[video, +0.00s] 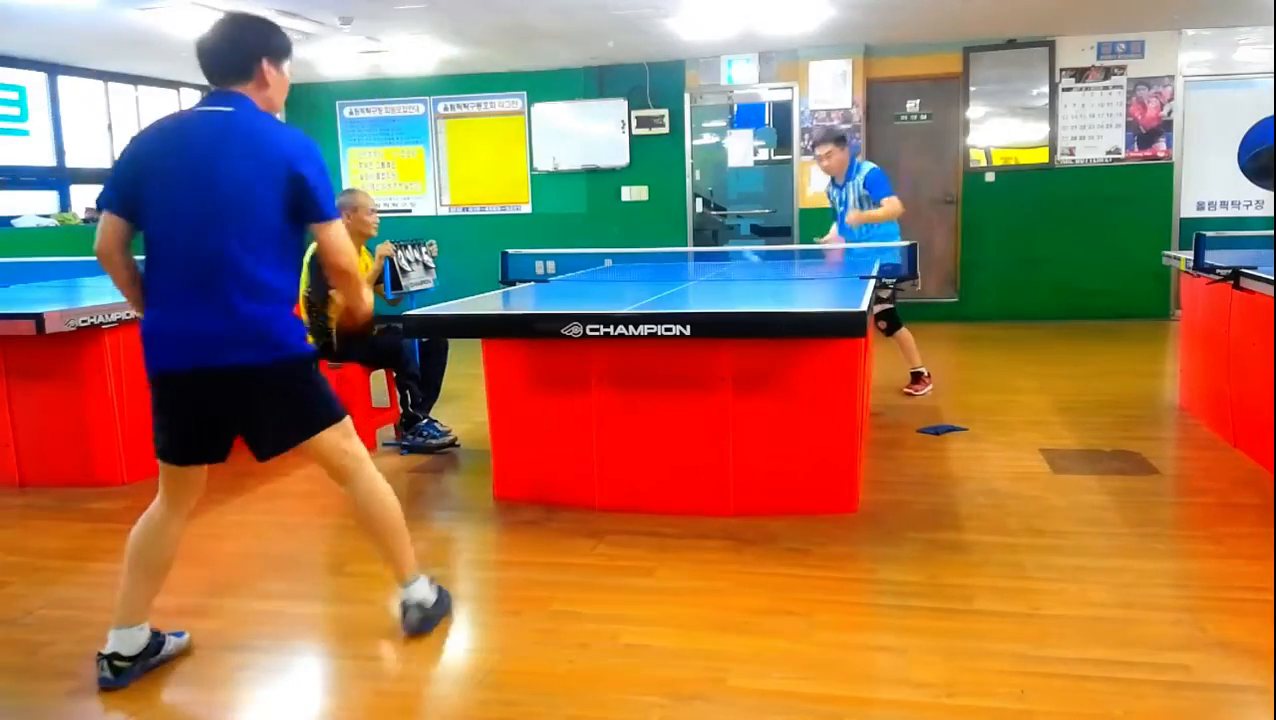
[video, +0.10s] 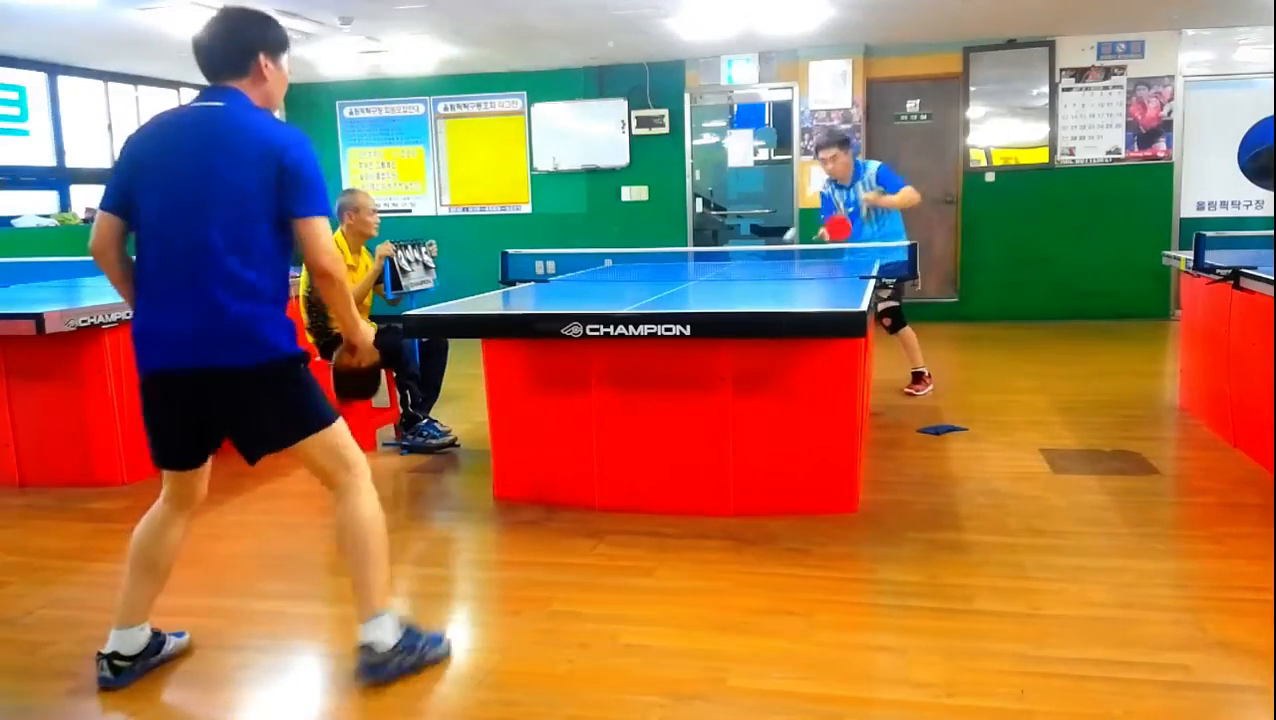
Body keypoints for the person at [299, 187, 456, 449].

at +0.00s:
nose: (377, 218)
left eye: (376, 212)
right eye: (371, 212)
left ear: (354, 217)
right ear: (348, 216)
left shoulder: (361, 251)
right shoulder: (325, 252)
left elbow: (392, 298)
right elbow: (352, 302)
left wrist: (417, 260)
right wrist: (378, 264)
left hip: (361, 332)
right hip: (333, 340)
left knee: (435, 341)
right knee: (403, 346)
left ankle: (419, 419)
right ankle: (411, 426)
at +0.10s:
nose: (378, 218)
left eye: (377, 212)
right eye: (372, 212)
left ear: (354, 219)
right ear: (349, 218)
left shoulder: (363, 254)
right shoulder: (326, 252)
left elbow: (391, 298)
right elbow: (342, 305)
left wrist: (420, 260)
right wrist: (376, 268)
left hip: (362, 331)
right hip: (334, 341)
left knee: (436, 340)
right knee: (402, 343)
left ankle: (419, 419)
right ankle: (411, 424)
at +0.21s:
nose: (378, 218)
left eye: (377, 212)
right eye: (372, 212)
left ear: (354, 219)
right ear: (350, 218)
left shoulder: (364, 254)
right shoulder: (327, 252)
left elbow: (391, 297)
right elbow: (342, 305)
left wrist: (418, 261)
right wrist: (376, 267)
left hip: (364, 332)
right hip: (335, 341)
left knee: (436, 340)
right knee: (403, 342)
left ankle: (419, 418)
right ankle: (411, 424)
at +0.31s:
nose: (377, 218)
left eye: (377, 212)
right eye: (371, 212)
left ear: (355, 219)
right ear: (348, 218)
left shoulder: (364, 254)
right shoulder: (327, 252)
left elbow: (392, 298)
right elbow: (344, 303)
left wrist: (418, 261)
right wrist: (377, 267)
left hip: (365, 331)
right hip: (334, 341)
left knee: (436, 339)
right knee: (403, 342)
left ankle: (420, 417)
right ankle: (409, 424)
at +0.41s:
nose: (375, 219)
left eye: (375, 213)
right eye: (368, 212)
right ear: (346, 216)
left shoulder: (365, 254)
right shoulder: (328, 255)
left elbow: (391, 299)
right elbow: (343, 304)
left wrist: (418, 261)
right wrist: (377, 267)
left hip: (366, 331)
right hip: (336, 340)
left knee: (436, 340)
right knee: (405, 345)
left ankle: (420, 418)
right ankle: (410, 426)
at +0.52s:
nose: (370, 219)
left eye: (373, 213)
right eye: (363, 212)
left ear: (375, 217)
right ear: (344, 216)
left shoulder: (365, 254)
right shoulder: (327, 256)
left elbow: (391, 298)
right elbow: (345, 303)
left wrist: (420, 261)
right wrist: (377, 266)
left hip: (365, 329)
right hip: (339, 335)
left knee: (436, 340)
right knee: (401, 343)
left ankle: (419, 418)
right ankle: (411, 424)